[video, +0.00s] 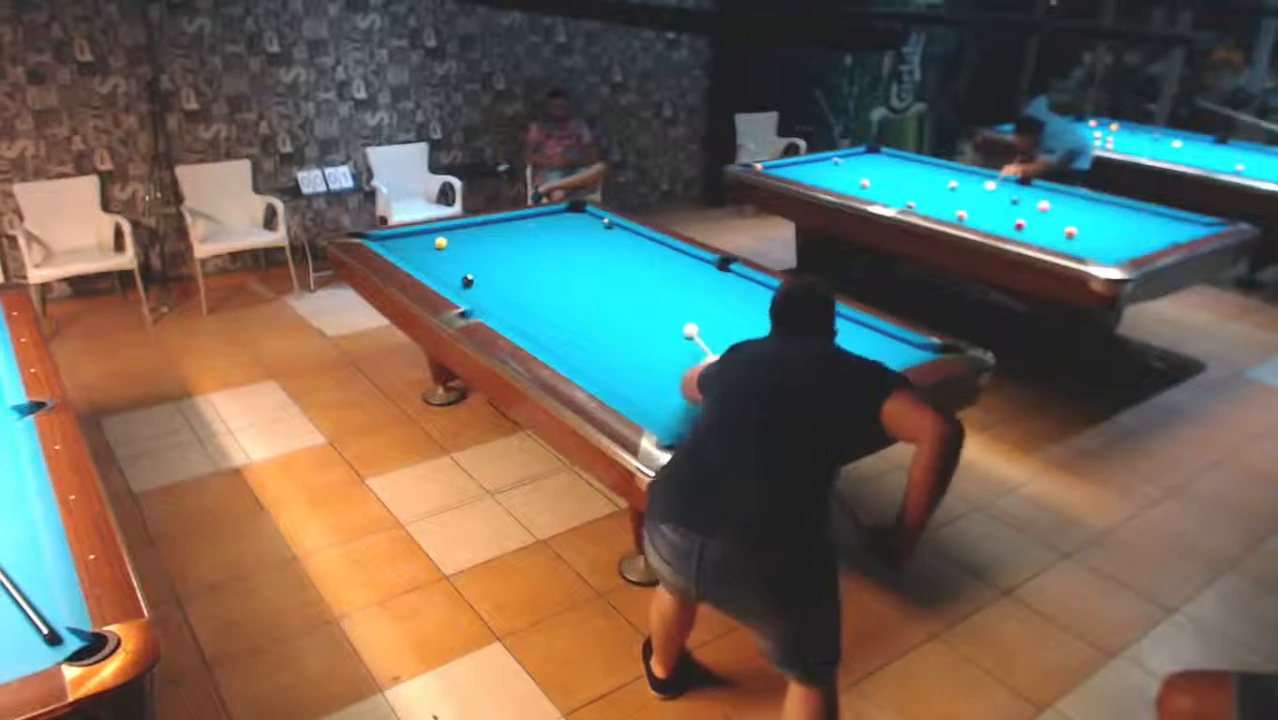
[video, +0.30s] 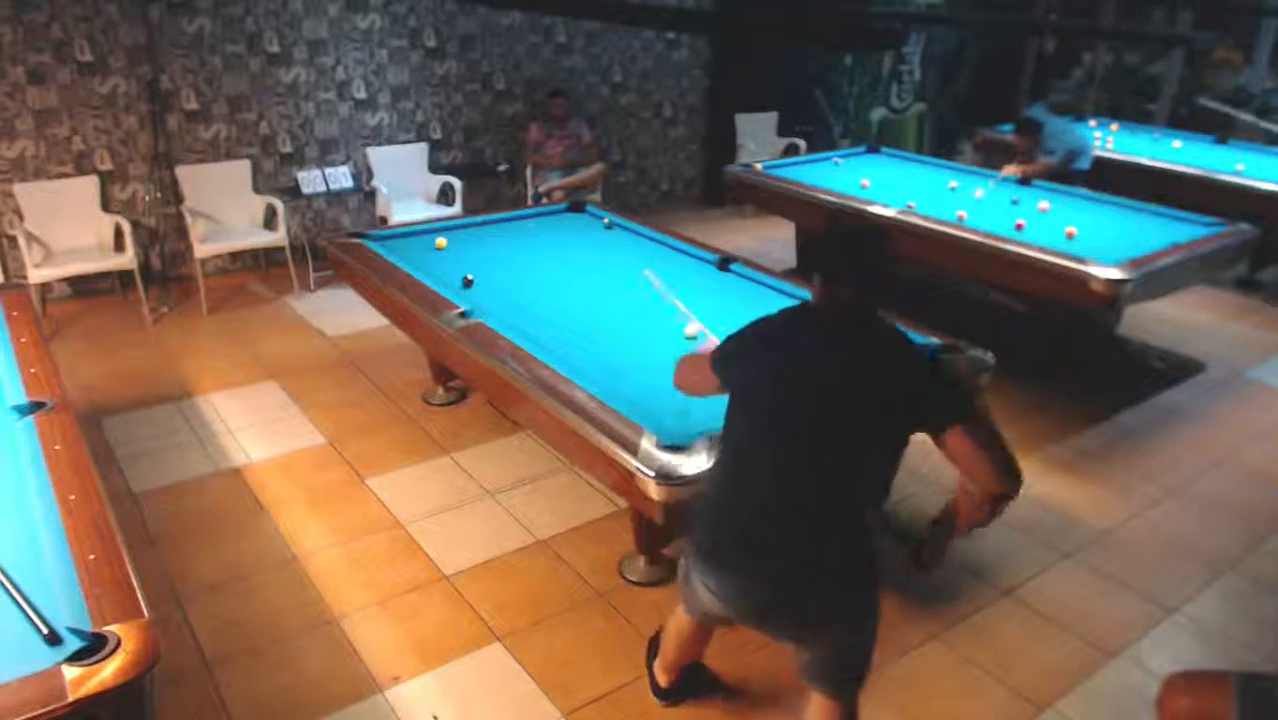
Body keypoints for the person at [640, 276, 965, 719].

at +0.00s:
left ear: (774, 320)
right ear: (830, 326)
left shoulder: (741, 356)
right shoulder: (857, 375)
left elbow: (691, 385)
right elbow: (939, 431)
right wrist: (905, 536)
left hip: (674, 524)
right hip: (770, 550)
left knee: (674, 586)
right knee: (810, 675)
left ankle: (663, 672)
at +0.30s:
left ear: (814, 277)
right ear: (884, 281)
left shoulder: (771, 336)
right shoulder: (908, 366)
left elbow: (687, 378)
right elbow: (994, 481)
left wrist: (723, 355)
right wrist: (961, 518)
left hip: (725, 562)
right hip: (829, 586)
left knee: (694, 611)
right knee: (832, 696)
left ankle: (666, 677)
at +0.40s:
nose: (817, 281)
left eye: (818, 270)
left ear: (823, 275)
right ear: (892, 276)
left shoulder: (777, 331)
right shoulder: (923, 367)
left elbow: (686, 353)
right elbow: (1007, 487)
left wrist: (700, 327)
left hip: (728, 559)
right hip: (831, 587)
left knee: (699, 606)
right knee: (833, 695)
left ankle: (669, 686)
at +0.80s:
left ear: (812, 279)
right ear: (876, 292)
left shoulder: (755, 328)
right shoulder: (897, 359)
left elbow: (685, 366)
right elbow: (973, 444)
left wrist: (702, 338)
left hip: (710, 541)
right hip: (810, 569)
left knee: (688, 599)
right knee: (822, 692)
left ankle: (668, 676)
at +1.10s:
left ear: (769, 292)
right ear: (828, 296)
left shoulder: (733, 332)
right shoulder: (847, 340)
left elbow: (690, 377)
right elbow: (920, 397)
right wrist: (894, 507)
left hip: (660, 499)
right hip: (756, 516)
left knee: (673, 591)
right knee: (793, 683)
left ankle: (668, 677)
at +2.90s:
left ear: (762, 365)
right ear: (816, 364)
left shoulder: (727, 392)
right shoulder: (838, 391)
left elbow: (683, 399)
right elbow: (919, 412)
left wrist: (705, 363)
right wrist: (923, 519)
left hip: (655, 522)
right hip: (754, 541)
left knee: (674, 582)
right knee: (796, 689)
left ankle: (668, 675)